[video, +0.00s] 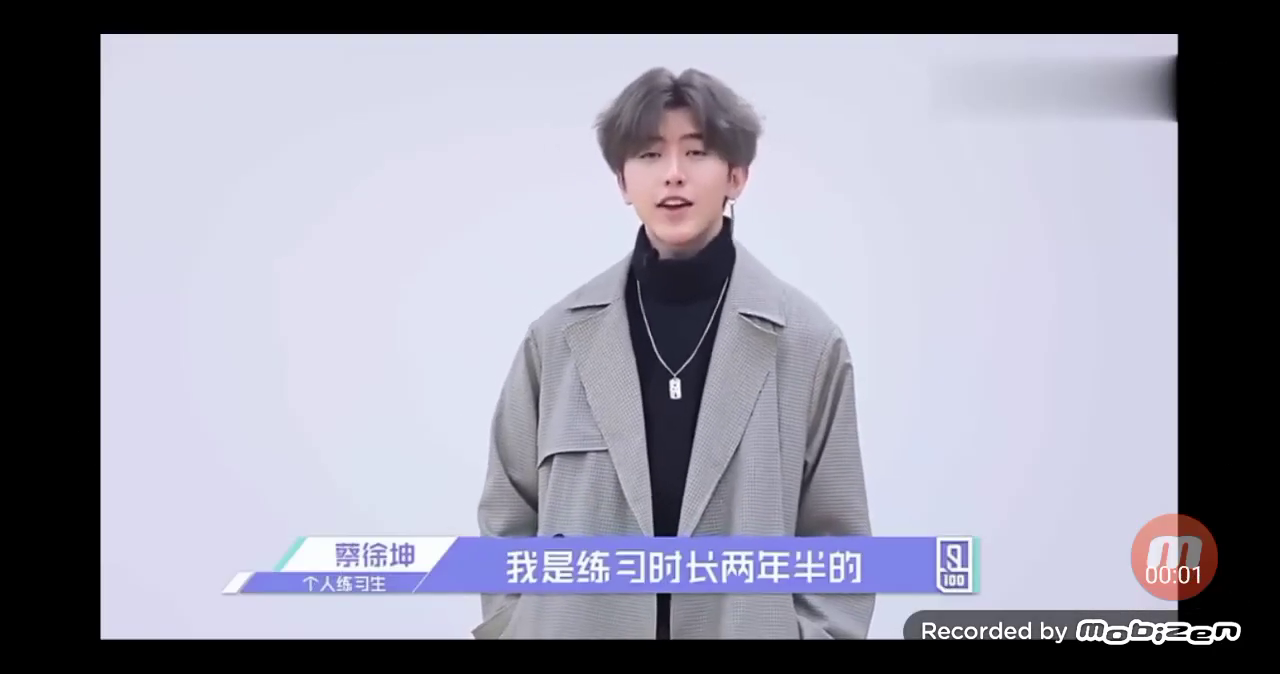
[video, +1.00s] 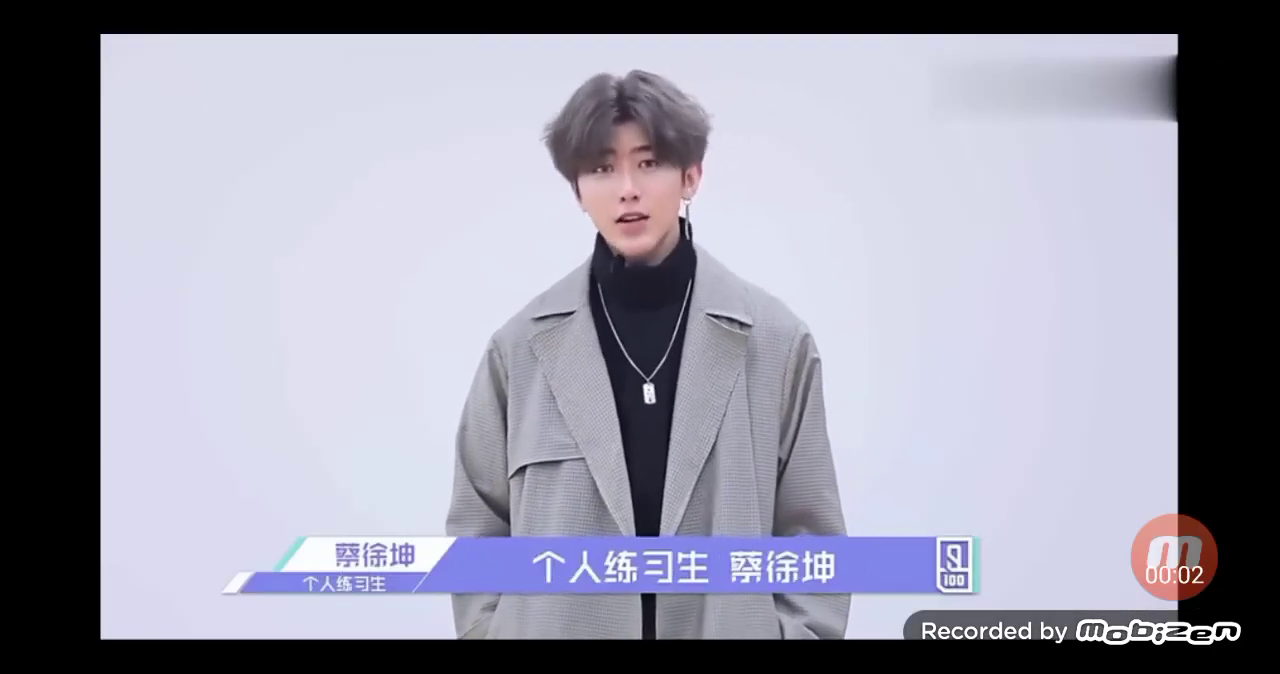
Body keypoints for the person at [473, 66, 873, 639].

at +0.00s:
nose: (673, 175)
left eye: (696, 152)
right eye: (650, 154)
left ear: (735, 178)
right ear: (623, 181)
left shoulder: (809, 342)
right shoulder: (553, 339)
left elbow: (839, 539)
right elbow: (506, 517)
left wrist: (816, 631)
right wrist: (511, 625)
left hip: (745, 629)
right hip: (578, 629)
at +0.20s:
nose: (668, 181)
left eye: (691, 157)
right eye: (645, 159)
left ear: (730, 179)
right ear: (618, 182)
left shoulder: (807, 341)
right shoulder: (550, 340)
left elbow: (838, 537)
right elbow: (503, 515)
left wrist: (816, 630)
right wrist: (509, 625)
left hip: (745, 629)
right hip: (577, 629)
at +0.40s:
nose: (656, 192)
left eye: (680, 165)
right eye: (633, 168)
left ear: (719, 181)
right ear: (607, 184)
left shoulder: (800, 342)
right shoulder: (541, 344)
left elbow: (833, 538)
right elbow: (495, 523)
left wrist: (813, 631)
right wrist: (502, 627)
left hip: (741, 629)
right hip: (572, 630)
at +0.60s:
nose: (646, 190)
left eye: (670, 164)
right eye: (623, 168)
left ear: (710, 180)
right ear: (597, 186)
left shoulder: (793, 341)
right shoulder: (533, 346)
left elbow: (828, 538)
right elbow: (489, 523)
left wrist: (808, 632)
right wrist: (498, 627)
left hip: (736, 630)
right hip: (568, 630)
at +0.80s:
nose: (631, 187)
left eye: (654, 161)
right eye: (609, 166)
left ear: (700, 178)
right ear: (586, 187)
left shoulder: (787, 342)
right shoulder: (524, 348)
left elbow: (821, 537)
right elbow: (481, 528)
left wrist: (801, 631)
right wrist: (495, 627)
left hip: (732, 631)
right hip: (564, 631)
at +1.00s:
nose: (628, 190)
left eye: (649, 164)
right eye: (603, 169)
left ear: (690, 178)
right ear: (577, 188)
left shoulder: (778, 342)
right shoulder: (516, 350)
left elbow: (815, 535)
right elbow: (474, 529)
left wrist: (795, 631)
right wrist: (493, 627)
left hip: (726, 631)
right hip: (559, 631)